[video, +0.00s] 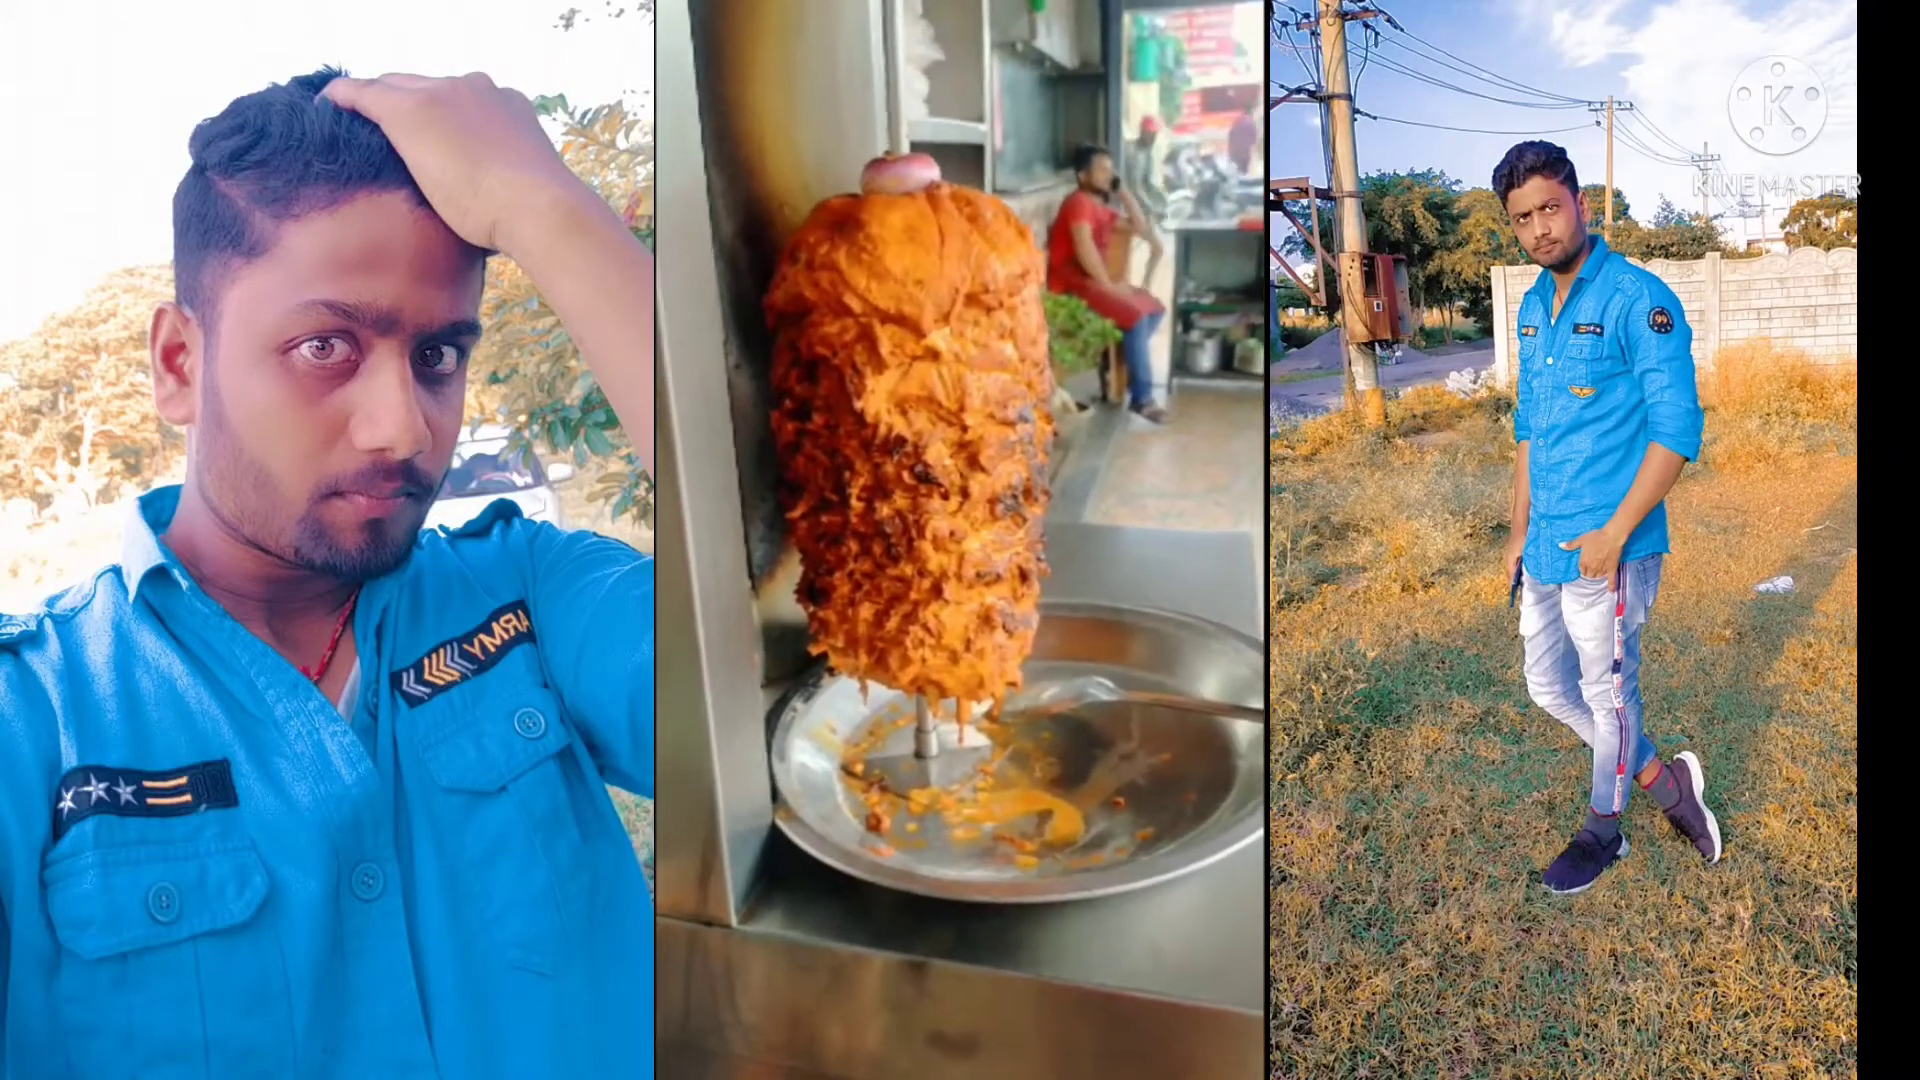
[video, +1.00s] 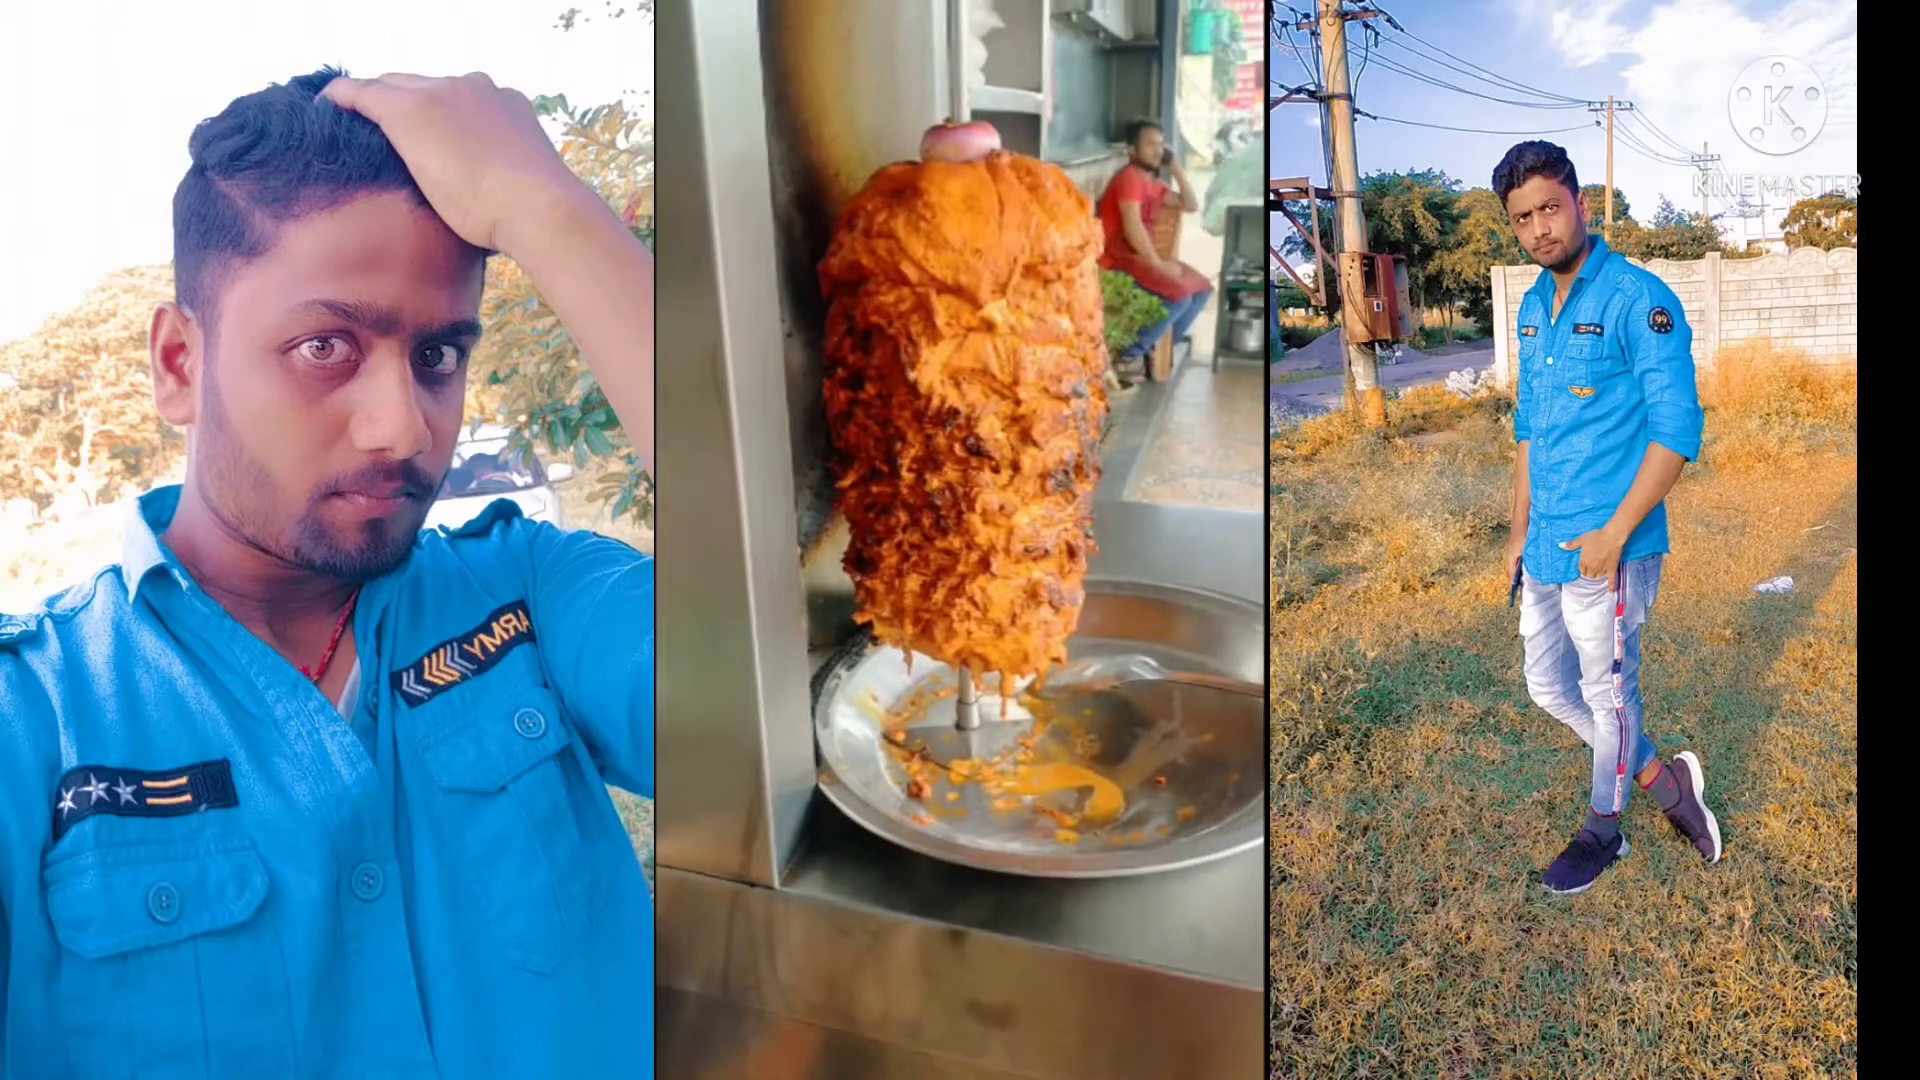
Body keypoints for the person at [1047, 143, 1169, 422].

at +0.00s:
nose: (1109, 175)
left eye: (1110, 169)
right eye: (1102, 169)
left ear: (1109, 174)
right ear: (1083, 175)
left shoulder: (1102, 207)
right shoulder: (1078, 203)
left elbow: (1139, 227)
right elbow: (1083, 248)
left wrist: (1123, 193)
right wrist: (1107, 283)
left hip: (1094, 279)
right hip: (1072, 282)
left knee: (1155, 309)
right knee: (1134, 317)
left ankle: (1111, 361)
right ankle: (1142, 399)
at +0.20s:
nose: (1131, 158)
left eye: (1133, 152)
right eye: (1124, 152)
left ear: (1134, 156)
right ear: (1105, 156)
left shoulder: (1124, 188)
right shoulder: (1100, 185)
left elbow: (1161, 210)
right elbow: (1106, 232)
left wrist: (1146, 176)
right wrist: (1128, 266)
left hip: (1117, 260)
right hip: (1093, 264)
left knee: (1176, 295)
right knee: (1156, 301)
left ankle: (1133, 344)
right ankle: (1173, 380)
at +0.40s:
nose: (1146, 132)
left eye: (1149, 126)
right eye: (1139, 126)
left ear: (1151, 130)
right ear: (1120, 130)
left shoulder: (1140, 163)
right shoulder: (1117, 159)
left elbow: (1180, 186)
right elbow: (1122, 209)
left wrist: (1162, 150)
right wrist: (1147, 244)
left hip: (1130, 236)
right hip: (1109, 239)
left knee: (1193, 270)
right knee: (1174, 274)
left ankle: (1147, 322)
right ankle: (1187, 354)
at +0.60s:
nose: (1150, 139)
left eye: (1153, 133)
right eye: (1143, 132)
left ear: (1155, 138)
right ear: (1124, 137)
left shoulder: (1144, 171)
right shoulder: (1120, 166)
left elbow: (1183, 192)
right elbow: (1125, 215)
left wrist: (1166, 156)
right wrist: (1150, 251)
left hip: (1134, 243)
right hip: (1112, 245)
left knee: (1196, 277)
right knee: (1177, 282)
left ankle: (1144, 344)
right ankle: (1133, 350)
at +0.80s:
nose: (1152, 140)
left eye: (1154, 134)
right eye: (1144, 134)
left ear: (1156, 139)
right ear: (1126, 140)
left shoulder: (1146, 173)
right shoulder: (1122, 168)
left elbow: (1184, 195)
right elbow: (1125, 217)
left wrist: (1169, 161)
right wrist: (1150, 254)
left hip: (1135, 245)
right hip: (1112, 248)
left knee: (1195, 278)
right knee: (1173, 286)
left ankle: (1159, 337)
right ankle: (1126, 346)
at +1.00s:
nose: (1158, 150)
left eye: (1161, 144)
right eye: (1151, 144)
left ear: (1163, 149)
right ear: (1133, 148)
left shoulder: (1153, 183)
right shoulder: (1129, 178)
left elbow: (1189, 205)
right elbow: (1131, 227)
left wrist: (1176, 171)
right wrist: (1157, 264)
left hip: (1143, 254)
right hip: (1120, 256)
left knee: (1201, 288)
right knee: (1179, 295)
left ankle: (1163, 347)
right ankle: (1131, 354)